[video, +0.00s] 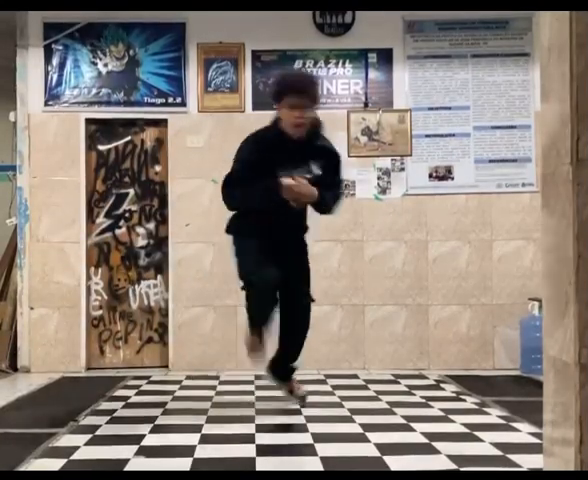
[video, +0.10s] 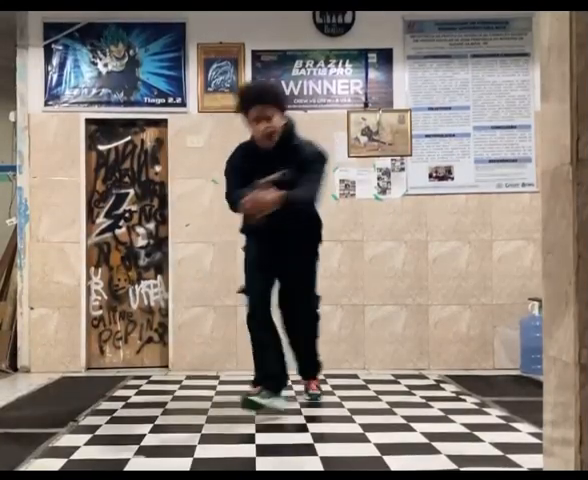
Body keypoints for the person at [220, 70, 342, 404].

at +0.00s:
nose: (300, 115)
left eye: (306, 108)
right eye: (293, 107)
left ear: (315, 110)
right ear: (278, 109)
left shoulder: (323, 151)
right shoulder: (257, 144)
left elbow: (330, 201)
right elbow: (231, 193)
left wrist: (313, 195)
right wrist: (277, 188)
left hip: (291, 231)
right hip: (253, 228)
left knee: (298, 307)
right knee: (263, 281)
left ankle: (282, 369)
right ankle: (257, 326)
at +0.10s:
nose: (266, 126)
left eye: (271, 117)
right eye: (257, 121)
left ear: (284, 115)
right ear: (247, 124)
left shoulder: (307, 153)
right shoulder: (241, 157)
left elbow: (307, 194)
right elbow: (234, 199)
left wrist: (278, 197)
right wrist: (253, 199)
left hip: (299, 244)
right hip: (260, 244)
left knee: (297, 310)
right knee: (258, 312)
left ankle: (310, 375)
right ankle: (270, 382)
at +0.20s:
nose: (238, 149)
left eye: (243, 140)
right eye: (231, 145)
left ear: (261, 137)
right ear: (226, 150)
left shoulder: (289, 172)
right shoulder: (234, 181)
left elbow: (276, 219)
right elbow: (234, 225)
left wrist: (227, 231)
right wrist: (218, 237)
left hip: (308, 259)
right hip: (270, 261)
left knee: (312, 323)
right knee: (260, 327)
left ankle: (315, 377)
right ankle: (262, 399)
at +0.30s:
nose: (214, 153)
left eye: (216, 143)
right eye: (205, 152)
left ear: (232, 138)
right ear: (201, 160)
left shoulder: (271, 170)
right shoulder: (222, 192)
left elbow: (298, 221)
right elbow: (232, 233)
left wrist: (254, 248)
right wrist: (219, 258)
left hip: (310, 257)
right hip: (269, 262)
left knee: (304, 334)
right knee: (254, 331)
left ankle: (322, 364)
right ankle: (259, 402)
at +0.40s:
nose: (205, 155)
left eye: (209, 145)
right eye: (196, 152)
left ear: (220, 138)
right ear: (188, 157)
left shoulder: (255, 160)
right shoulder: (213, 180)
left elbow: (323, 174)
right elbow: (225, 195)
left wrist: (301, 192)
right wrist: (198, 206)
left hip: (303, 254)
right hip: (265, 259)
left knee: (270, 323)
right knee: (239, 320)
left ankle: (337, 365)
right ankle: (261, 403)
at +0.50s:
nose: (213, 149)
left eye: (216, 140)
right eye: (204, 145)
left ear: (229, 129)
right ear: (196, 147)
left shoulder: (261, 150)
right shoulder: (215, 172)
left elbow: (296, 140)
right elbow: (191, 162)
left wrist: (310, 117)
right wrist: (163, 145)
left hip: (300, 258)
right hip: (265, 268)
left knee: (254, 315)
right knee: (221, 326)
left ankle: (312, 406)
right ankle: (269, 404)